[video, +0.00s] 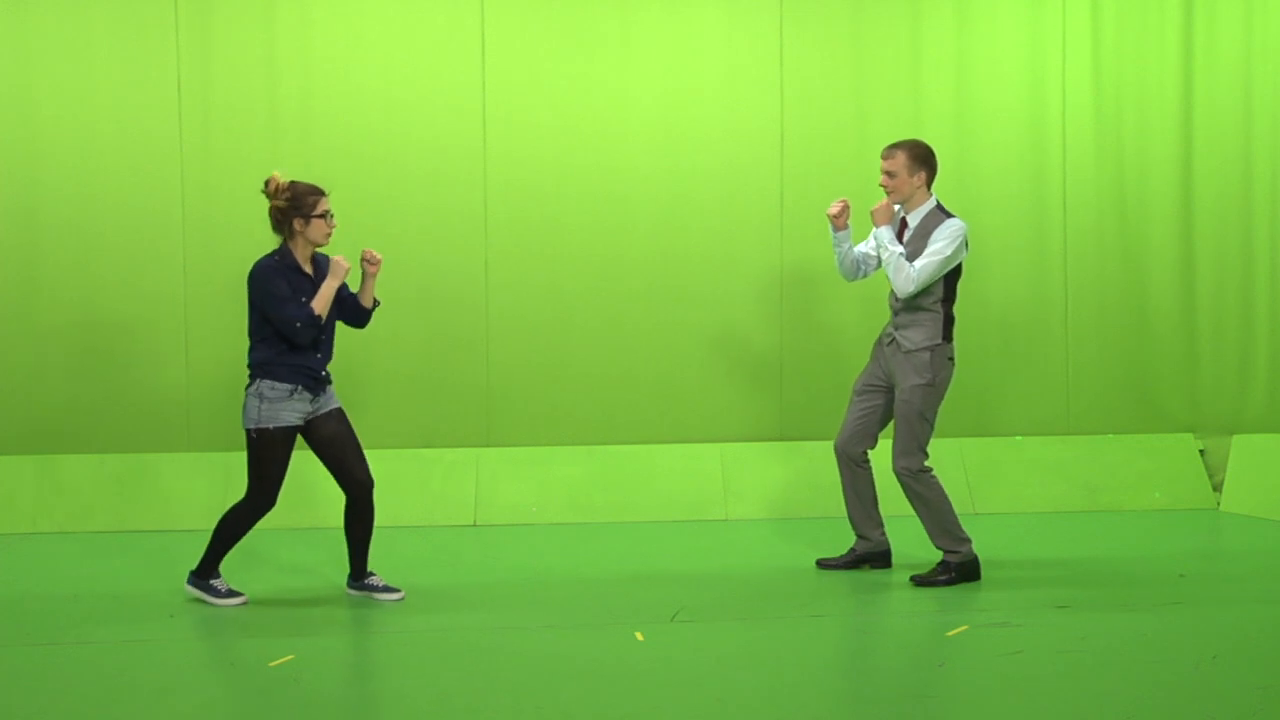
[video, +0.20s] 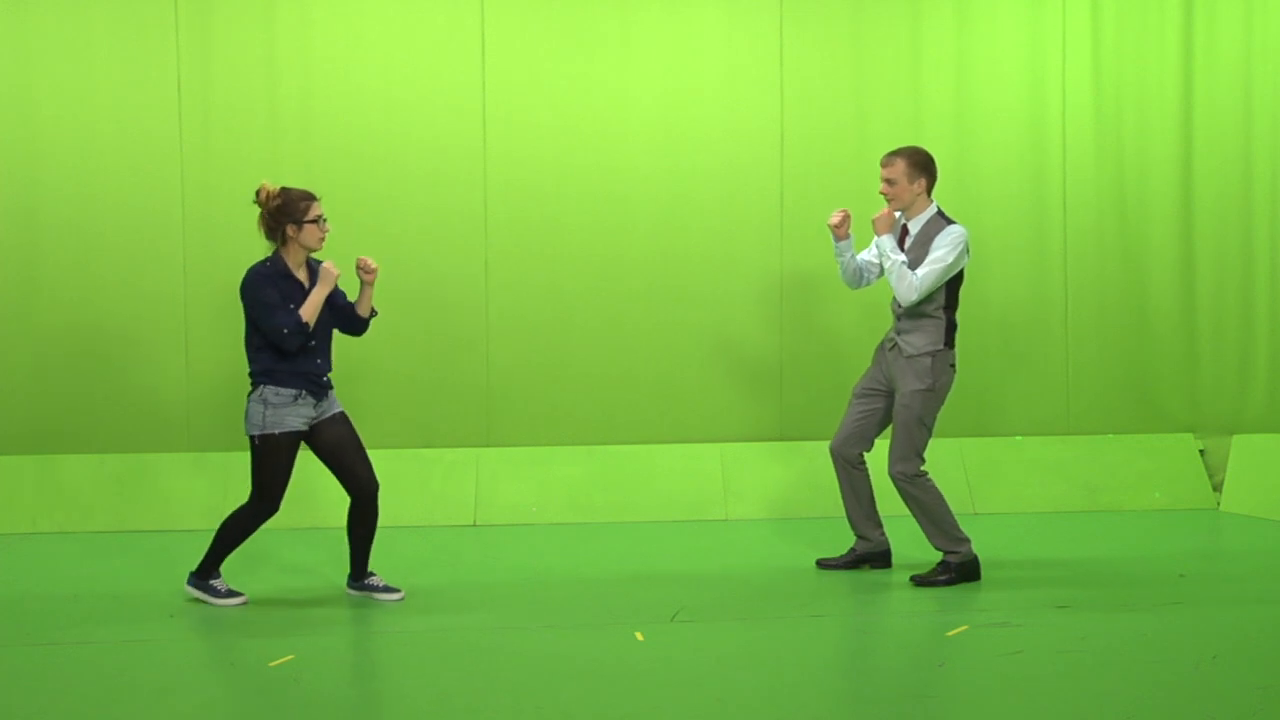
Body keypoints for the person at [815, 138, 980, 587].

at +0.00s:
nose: (884, 183)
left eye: (890, 176)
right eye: (883, 175)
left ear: (921, 178)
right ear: (901, 180)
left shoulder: (952, 230)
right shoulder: (896, 224)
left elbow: (907, 283)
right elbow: (851, 270)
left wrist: (884, 230)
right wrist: (841, 231)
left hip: (925, 356)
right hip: (888, 350)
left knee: (908, 461)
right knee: (850, 446)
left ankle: (961, 557)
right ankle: (871, 546)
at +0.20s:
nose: (884, 191)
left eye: (891, 183)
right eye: (883, 183)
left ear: (921, 185)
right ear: (900, 188)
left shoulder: (952, 236)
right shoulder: (896, 230)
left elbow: (909, 292)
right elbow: (856, 278)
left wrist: (885, 239)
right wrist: (843, 240)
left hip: (927, 362)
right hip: (891, 355)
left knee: (904, 466)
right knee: (845, 448)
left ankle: (961, 557)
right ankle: (871, 546)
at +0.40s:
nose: (886, 186)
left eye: (893, 179)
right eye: (885, 178)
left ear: (923, 182)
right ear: (901, 185)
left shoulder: (953, 234)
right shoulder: (897, 227)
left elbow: (911, 289)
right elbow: (854, 275)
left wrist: (885, 237)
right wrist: (841, 237)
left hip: (927, 360)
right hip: (890, 353)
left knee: (906, 465)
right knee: (847, 447)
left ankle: (961, 557)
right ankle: (872, 546)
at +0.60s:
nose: (884, 186)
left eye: (891, 178)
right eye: (883, 178)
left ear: (921, 183)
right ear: (899, 185)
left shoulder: (952, 235)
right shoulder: (894, 230)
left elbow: (911, 291)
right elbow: (854, 277)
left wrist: (885, 240)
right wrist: (841, 240)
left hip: (929, 360)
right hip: (891, 354)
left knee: (905, 464)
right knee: (848, 447)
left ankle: (961, 557)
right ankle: (872, 546)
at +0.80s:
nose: (880, 183)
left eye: (887, 175)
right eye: (879, 175)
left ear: (917, 177)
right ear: (895, 180)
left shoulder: (950, 229)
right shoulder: (890, 224)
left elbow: (914, 289)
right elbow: (853, 276)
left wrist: (884, 239)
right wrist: (838, 240)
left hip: (930, 355)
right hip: (892, 349)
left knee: (910, 460)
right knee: (854, 446)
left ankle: (960, 556)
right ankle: (872, 546)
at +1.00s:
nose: (874, 190)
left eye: (880, 182)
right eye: (872, 182)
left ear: (910, 183)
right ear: (894, 185)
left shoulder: (948, 234)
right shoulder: (887, 229)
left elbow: (915, 297)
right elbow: (855, 285)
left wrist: (881, 250)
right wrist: (840, 251)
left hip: (932, 359)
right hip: (893, 354)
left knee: (909, 463)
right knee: (849, 448)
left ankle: (958, 557)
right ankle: (871, 546)